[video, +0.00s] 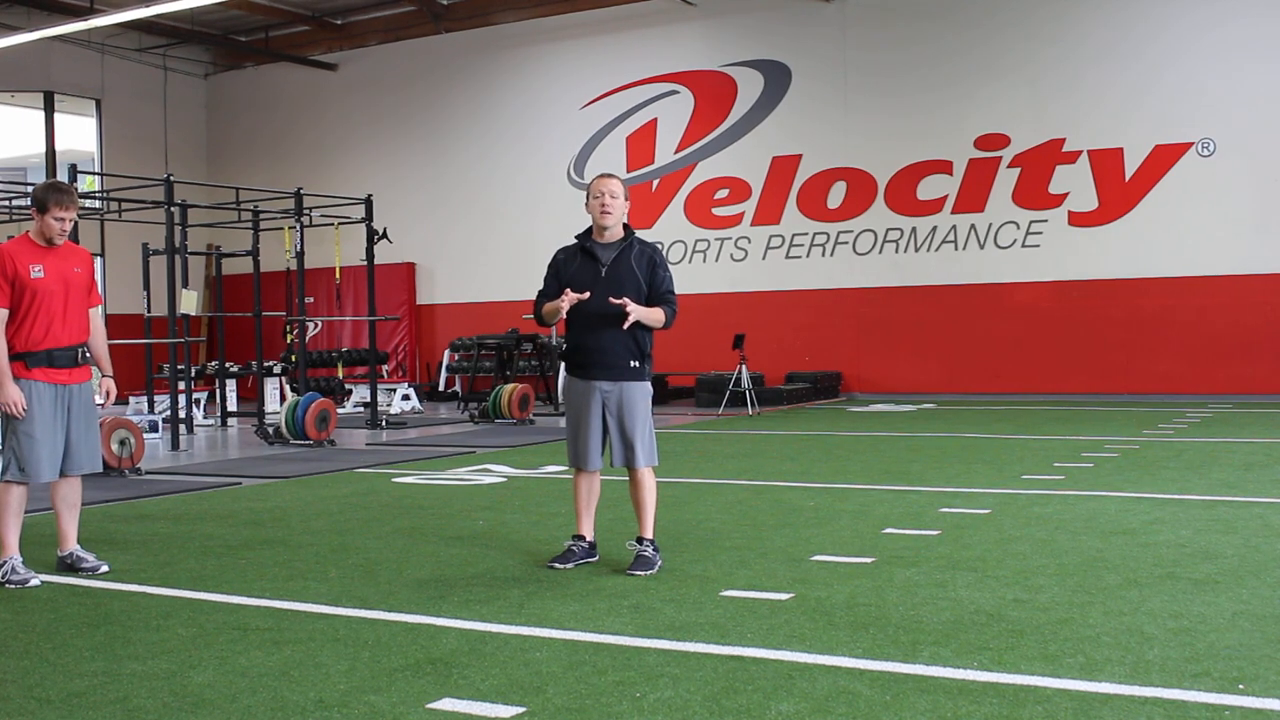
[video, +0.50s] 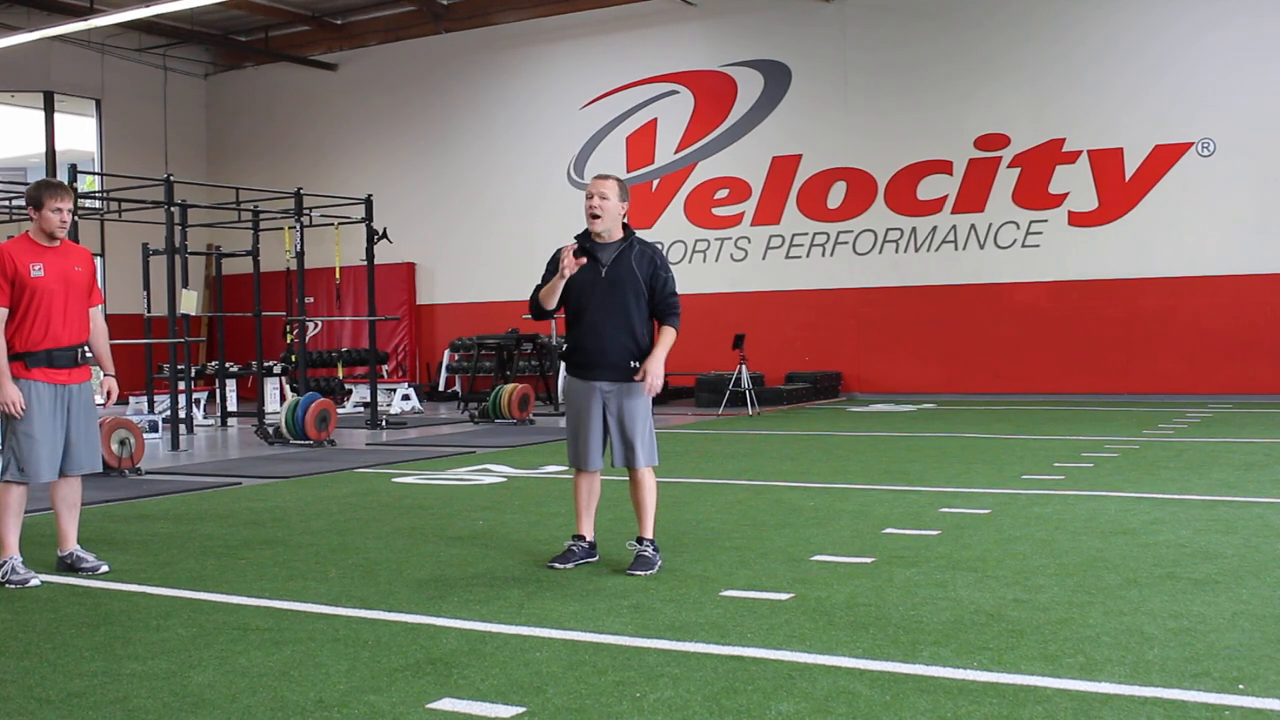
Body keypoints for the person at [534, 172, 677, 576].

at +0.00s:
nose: (605, 202)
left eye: (613, 196)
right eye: (598, 196)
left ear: (626, 206)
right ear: (587, 206)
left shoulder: (648, 256)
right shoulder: (566, 258)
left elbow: (666, 314)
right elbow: (542, 315)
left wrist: (641, 311)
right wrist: (560, 305)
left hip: (631, 379)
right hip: (581, 377)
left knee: (639, 463)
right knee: (585, 462)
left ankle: (646, 544)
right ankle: (584, 542)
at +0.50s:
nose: (592, 203)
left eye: (602, 198)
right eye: (589, 197)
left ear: (623, 208)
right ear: (584, 205)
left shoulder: (649, 257)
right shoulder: (567, 256)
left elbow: (671, 315)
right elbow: (539, 310)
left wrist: (657, 358)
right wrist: (560, 277)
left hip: (632, 380)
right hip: (581, 379)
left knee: (639, 463)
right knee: (585, 463)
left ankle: (646, 544)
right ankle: (583, 542)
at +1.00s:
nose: (591, 202)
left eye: (600, 197)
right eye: (588, 197)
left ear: (622, 207)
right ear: (584, 205)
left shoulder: (648, 257)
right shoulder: (564, 258)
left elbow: (668, 317)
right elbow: (543, 314)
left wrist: (677, 372)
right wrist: (564, 294)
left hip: (632, 379)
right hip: (581, 378)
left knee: (640, 463)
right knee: (585, 463)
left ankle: (647, 544)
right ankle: (584, 542)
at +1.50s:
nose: (590, 203)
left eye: (599, 197)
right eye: (586, 197)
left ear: (621, 207)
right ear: (582, 205)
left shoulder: (647, 256)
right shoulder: (563, 258)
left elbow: (667, 316)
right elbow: (543, 314)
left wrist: (672, 370)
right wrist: (562, 292)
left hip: (631, 379)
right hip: (580, 379)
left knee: (639, 463)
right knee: (585, 463)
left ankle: (646, 544)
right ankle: (584, 542)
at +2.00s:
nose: (597, 199)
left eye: (606, 193)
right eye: (592, 194)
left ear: (626, 203)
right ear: (587, 204)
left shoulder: (649, 256)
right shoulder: (568, 256)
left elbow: (669, 320)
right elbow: (527, 299)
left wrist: (673, 376)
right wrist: (517, 284)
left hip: (631, 379)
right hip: (580, 377)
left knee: (638, 463)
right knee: (584, 463)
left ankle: (646, 544)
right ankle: (584, 542)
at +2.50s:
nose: (595, 202)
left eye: (603, 196)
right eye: (590, 197)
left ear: (625, 204)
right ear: (586, 206)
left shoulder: (651, 258)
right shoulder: (572, 257)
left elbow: (671, 320)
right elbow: (539, 307)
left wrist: (672, 375)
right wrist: (504, 285)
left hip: (631, 380)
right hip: (580, 379)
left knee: (639, 464)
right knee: (584, 463)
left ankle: (646, 544)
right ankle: (583, 542)